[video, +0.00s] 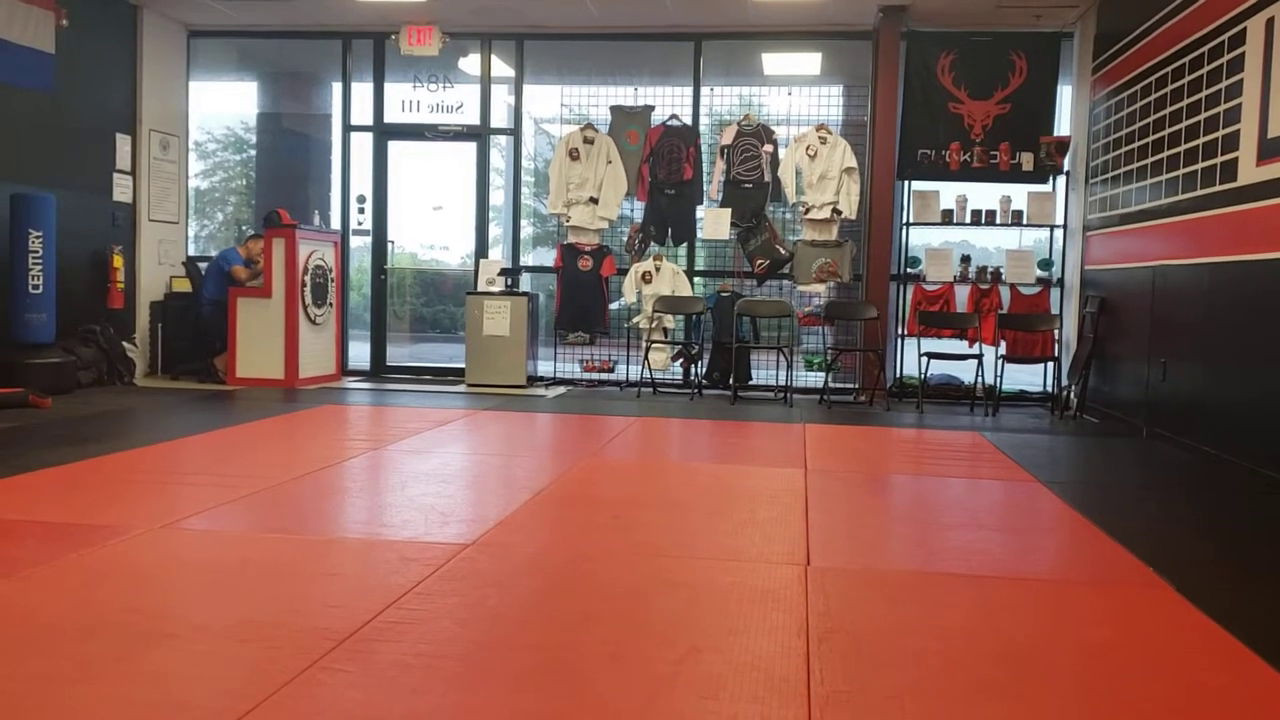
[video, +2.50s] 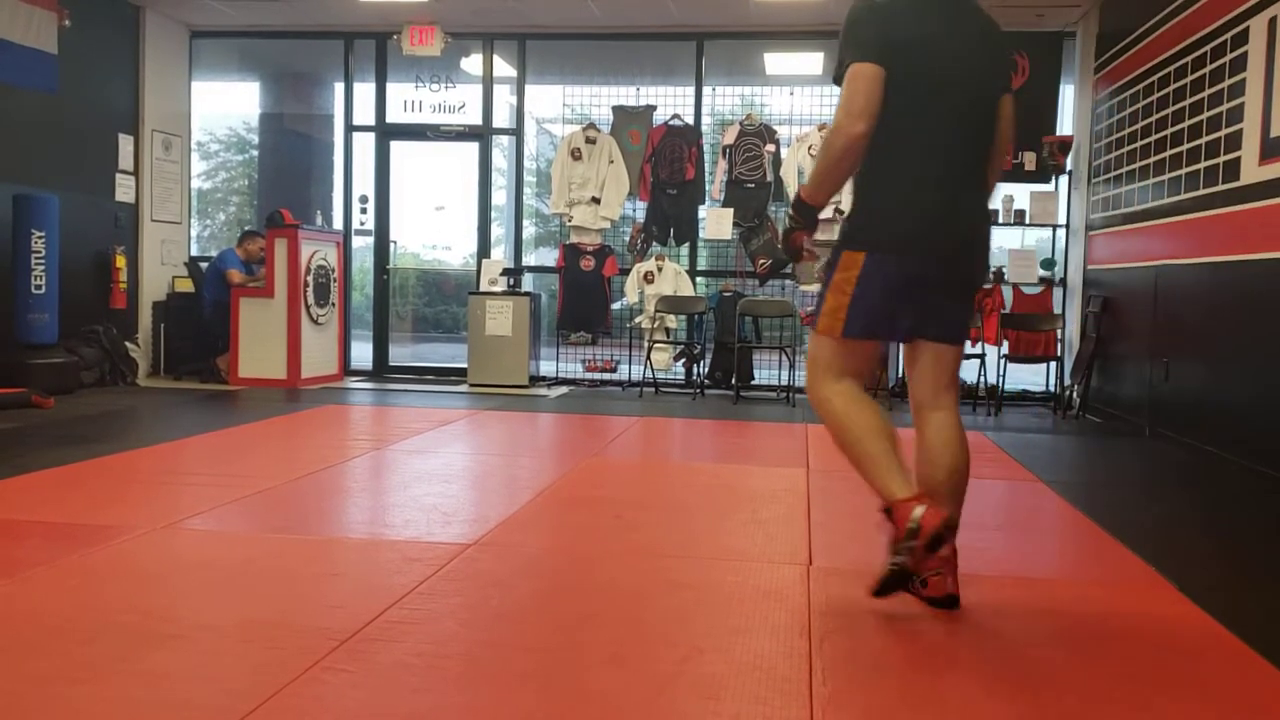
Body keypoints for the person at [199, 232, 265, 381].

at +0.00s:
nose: (261, 255)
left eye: (263, 252)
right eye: (260, 250)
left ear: (250, 245)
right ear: (250, 244)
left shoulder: (243, 259)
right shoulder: (230, 255)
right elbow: (241, 276)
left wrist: (262, 266)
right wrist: (259, 269)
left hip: (225, 305)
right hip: (212, 306)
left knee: (252, 328)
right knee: (247, 332)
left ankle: (222, 363)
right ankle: (220, 363)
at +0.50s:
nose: (262, 256)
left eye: (264, 252)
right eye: (261, 251)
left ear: (252, 246)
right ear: (250, 245)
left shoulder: (244, 261)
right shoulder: (231, 254)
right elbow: (236, 275)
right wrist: (256, 273)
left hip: (227, 306)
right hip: (213, 307)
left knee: (254, 329)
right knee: (249, 332)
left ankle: (224, 363)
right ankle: (221, 362)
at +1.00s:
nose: (263, 255)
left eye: (264, 252)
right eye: (262, 250)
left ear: (252, 246)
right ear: (251, 245)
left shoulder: (246, 263)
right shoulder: (231, 255)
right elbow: (234, 278)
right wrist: (258, 275)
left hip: (229, 306)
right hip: (214, 306)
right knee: (250, 333)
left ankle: (225, 362)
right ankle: (222, 362)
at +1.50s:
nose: (262, 255)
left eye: (264, 252)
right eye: (261, 250)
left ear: (249, 246)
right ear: (248, 245)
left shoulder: (245, 264)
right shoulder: (230, 256)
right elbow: (234, 279)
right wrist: (257, 277)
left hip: (229, 306)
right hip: (214, 307)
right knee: (250, 333)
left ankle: (225, 363)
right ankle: (222, 362)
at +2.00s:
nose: (262, 255)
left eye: (263, 251)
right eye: (260, 250)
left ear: (248, 246)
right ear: (247, 245)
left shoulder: (245, 263)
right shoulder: (229, 256)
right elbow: (234, 279)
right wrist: (257, 278)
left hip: (229, 308)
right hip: (214, 309)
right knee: (252, 332)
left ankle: (226, 363)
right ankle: (223, 362)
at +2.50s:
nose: (262, 254)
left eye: (263, 250)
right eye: (260, 249)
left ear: (247, 246)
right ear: (247, 245)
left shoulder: (245, 263)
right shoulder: (229, 256)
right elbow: (235, 279)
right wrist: (257, 278)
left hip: (230, 308)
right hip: (215, 309)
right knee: (253, 332)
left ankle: (226, 363)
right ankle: (223, 362)